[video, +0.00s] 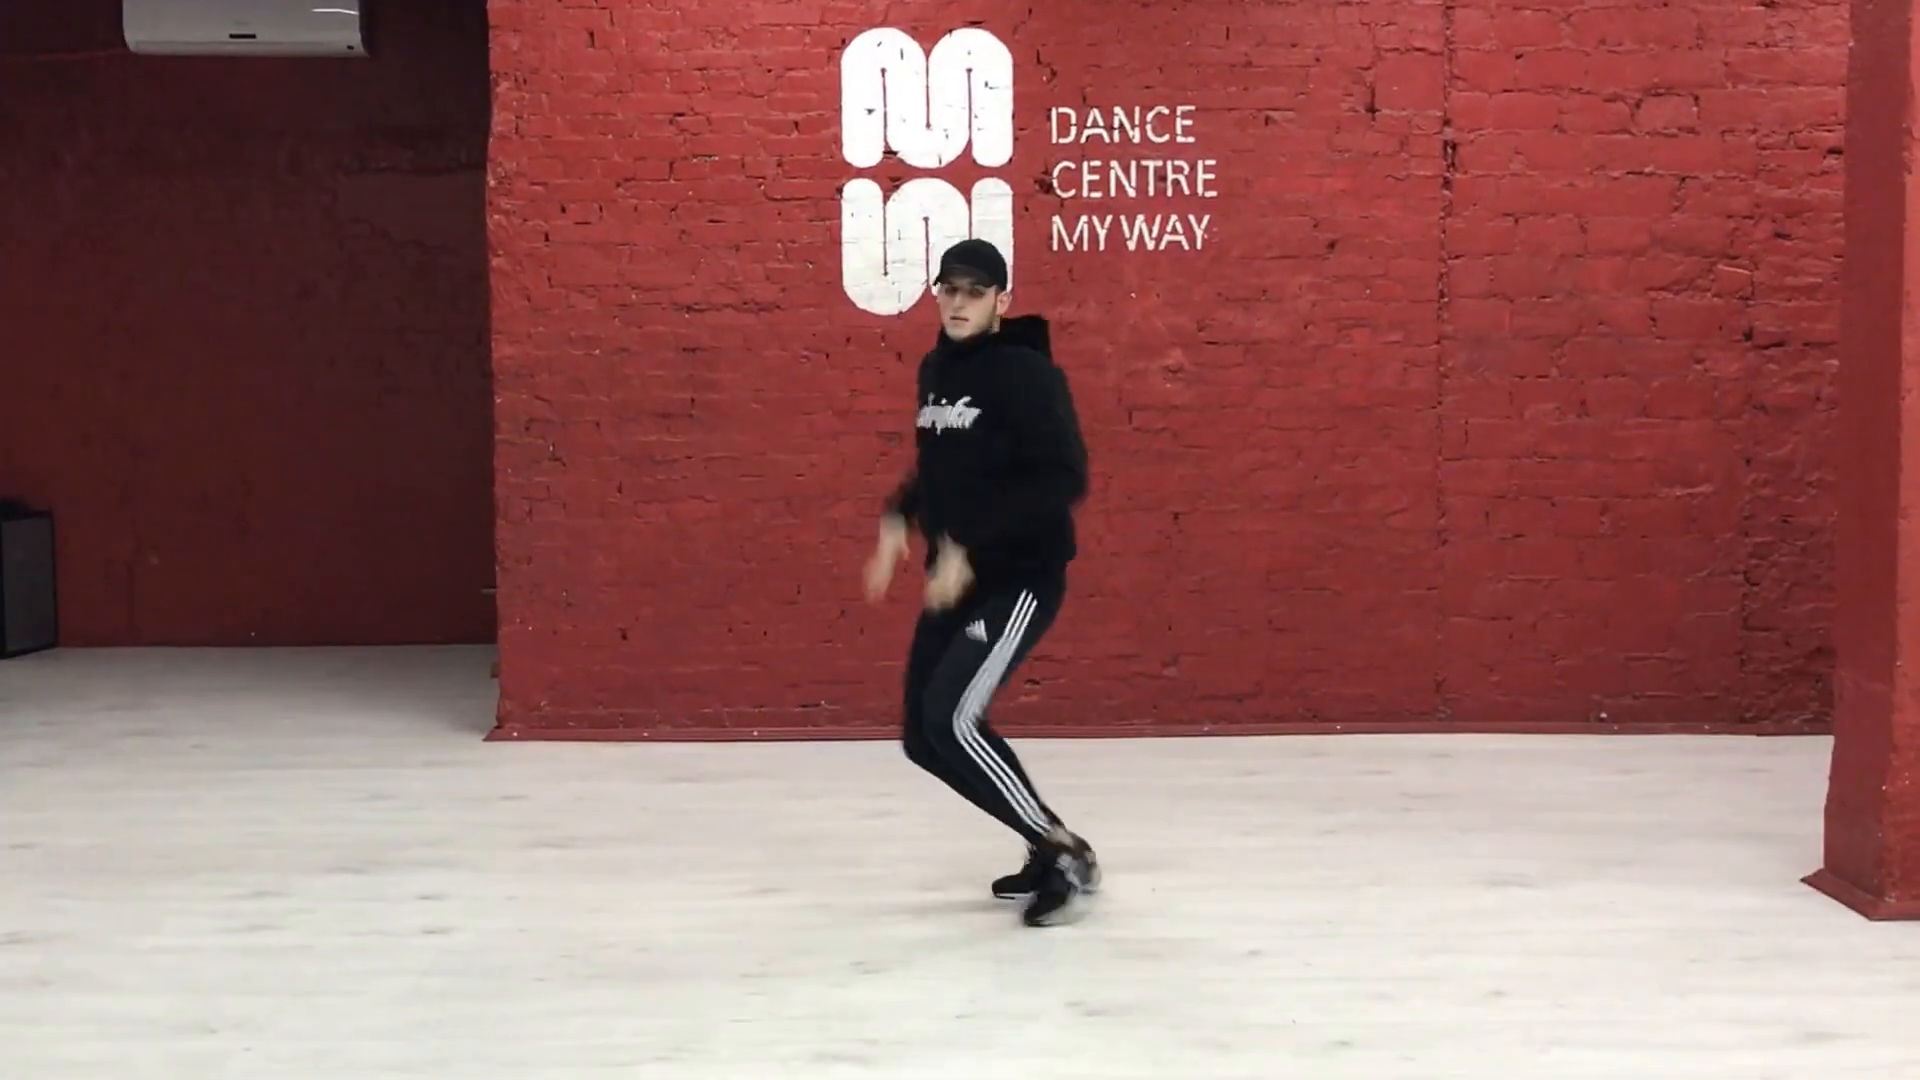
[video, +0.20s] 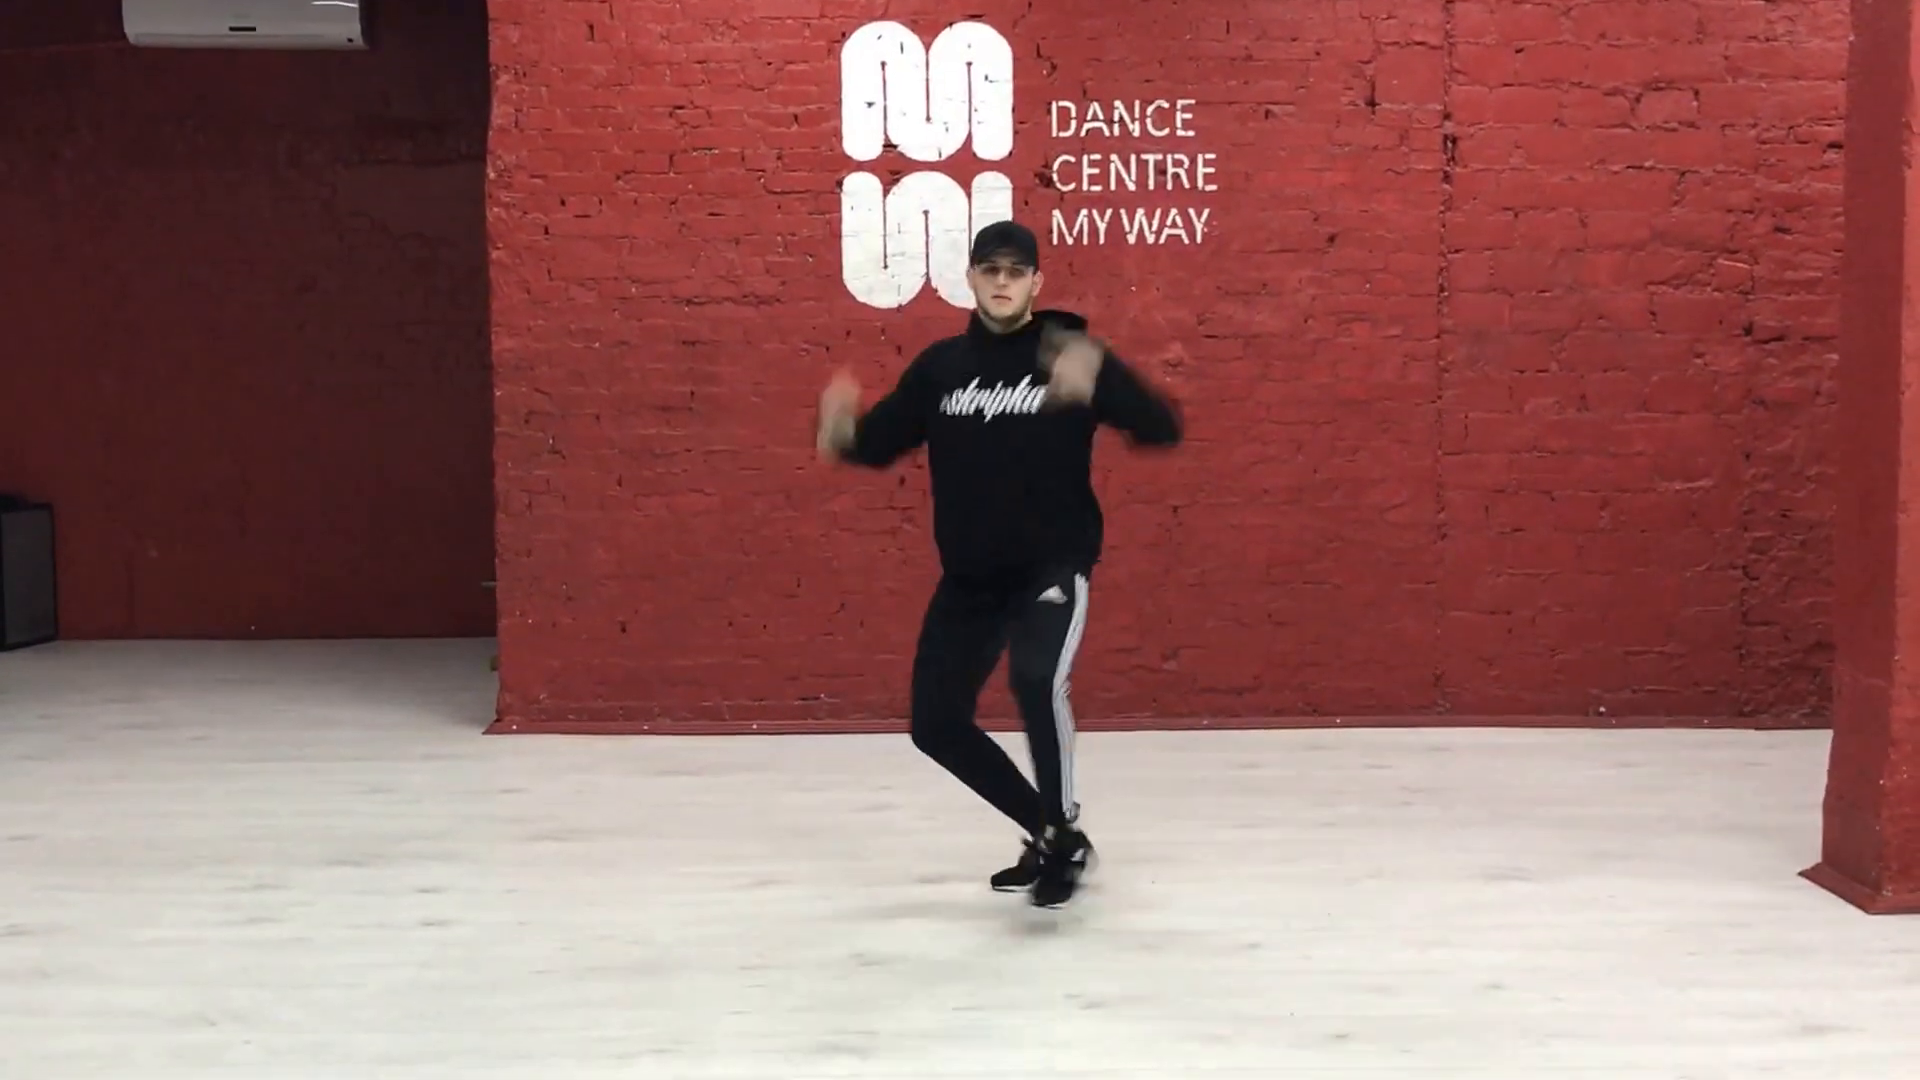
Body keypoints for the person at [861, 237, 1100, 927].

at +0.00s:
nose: (958, 303)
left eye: (974, 292)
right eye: (949, 289)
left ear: (1000, 300)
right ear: (936, 295)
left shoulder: (1029, 373)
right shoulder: (936, 370)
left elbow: (1066, 478)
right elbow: (939, 463)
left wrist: (972, 541)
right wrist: (900, 517)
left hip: (1025, 575)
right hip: (962, 572)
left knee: (950, 723)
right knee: (923, 737)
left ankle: (1062, 851)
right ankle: (1048, 844)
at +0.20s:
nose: (1003, 284)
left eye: (1017, 271)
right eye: (990, 271)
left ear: (1036, 280)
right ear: (971, 278)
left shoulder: (1072, 355)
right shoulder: (941, 364)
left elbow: (1162, 426)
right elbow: (881, 441)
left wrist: (1101, 380)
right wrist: (845, 434)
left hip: (1054, 563)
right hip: (972, 571)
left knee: (1037, 679)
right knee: (935, 725)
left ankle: (1061, 837)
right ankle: (1047, 830)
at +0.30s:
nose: (1015, 277)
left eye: (1027, 266)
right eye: (1002, 266)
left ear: (1047, 276)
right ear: (982, 276)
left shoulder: (1087, 348)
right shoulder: (945, 358)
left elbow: (1198, 371)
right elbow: (851, 397)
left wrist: (1126, 312)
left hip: (1062, 562)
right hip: (974, 563)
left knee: (1071, 707)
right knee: (906, 714)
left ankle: (1096, 885)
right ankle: (1000, 827)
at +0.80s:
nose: (1020, 315)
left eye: (1031, 303)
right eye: (1008, 303)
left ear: (1050, 292)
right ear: (990, 293)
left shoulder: (1086, 331)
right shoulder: (958, 342)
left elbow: (1179, 334)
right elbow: (874, 366)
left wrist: (1117, 334)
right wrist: (930, 352)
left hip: (1062, 561)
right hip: (973, 564)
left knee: (1072, 697)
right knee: (954, 718)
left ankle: (1087, 864)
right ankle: (1000, 823)